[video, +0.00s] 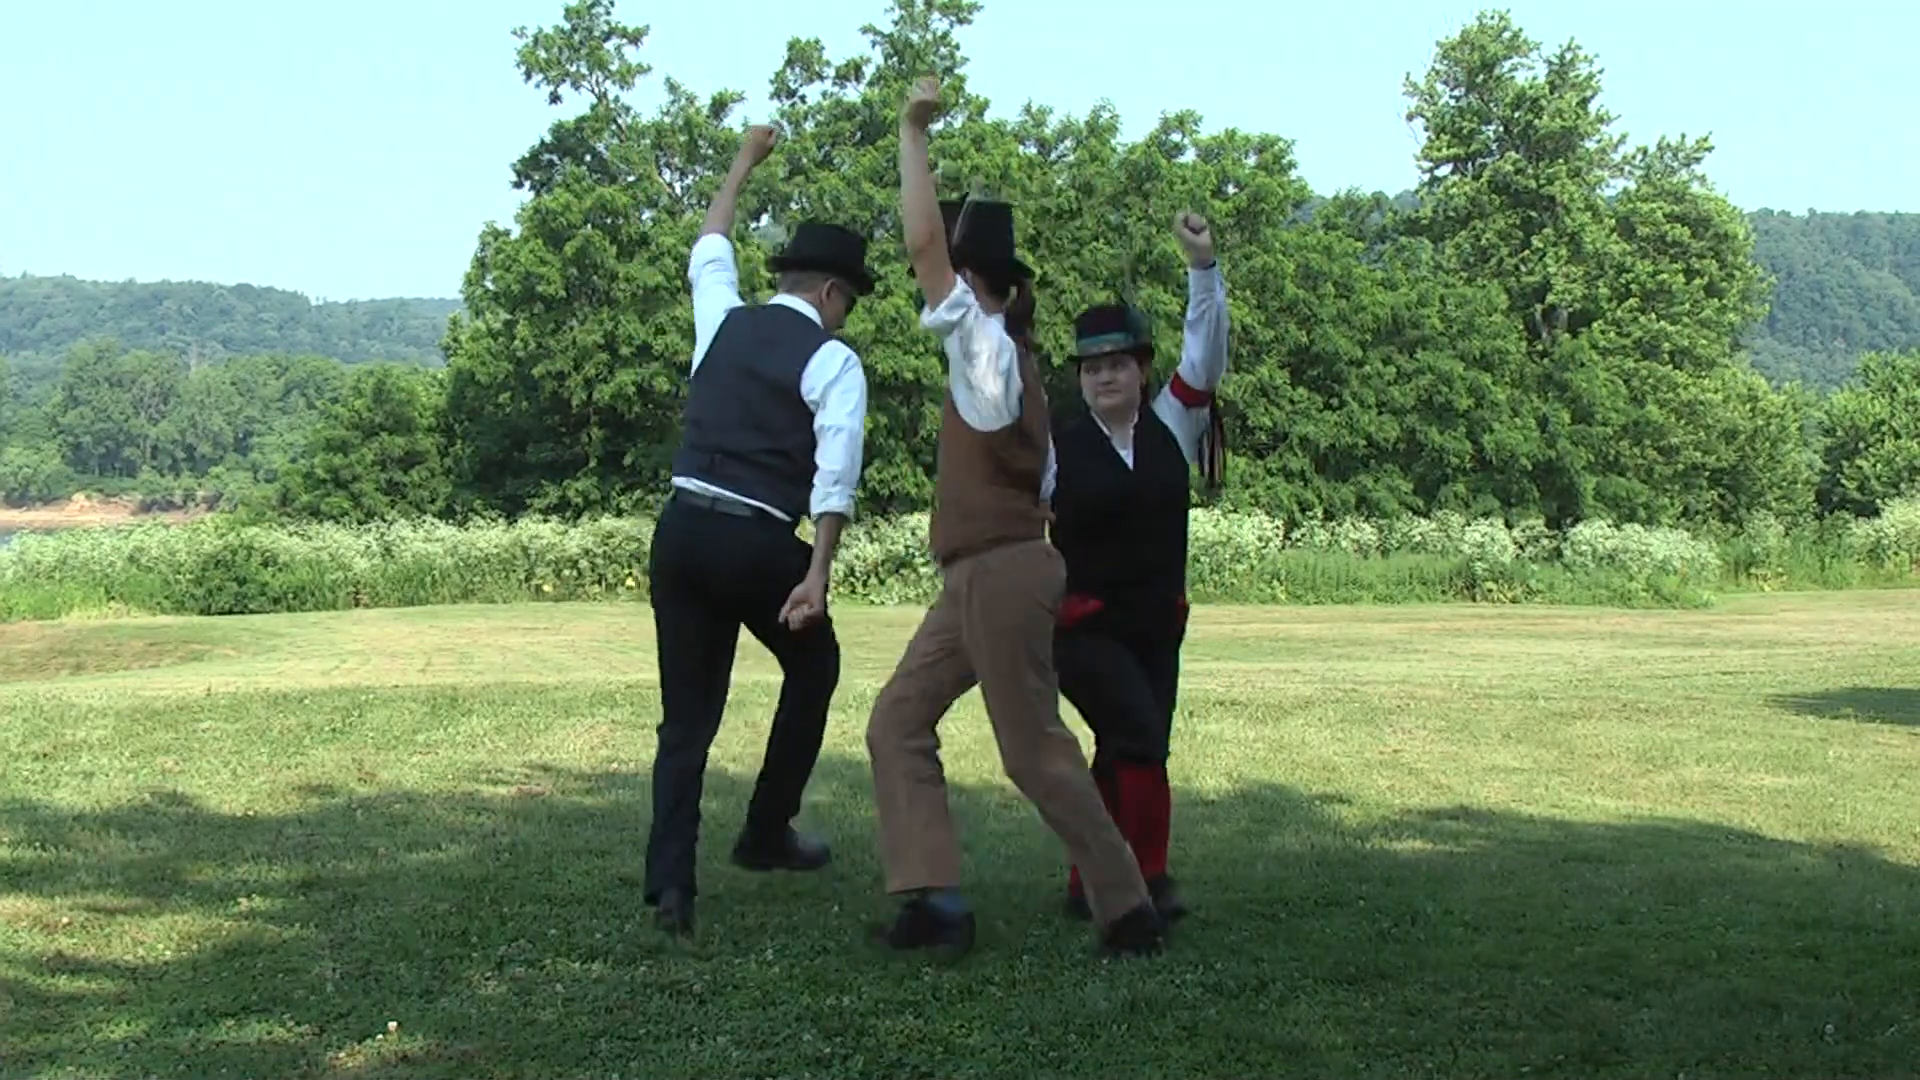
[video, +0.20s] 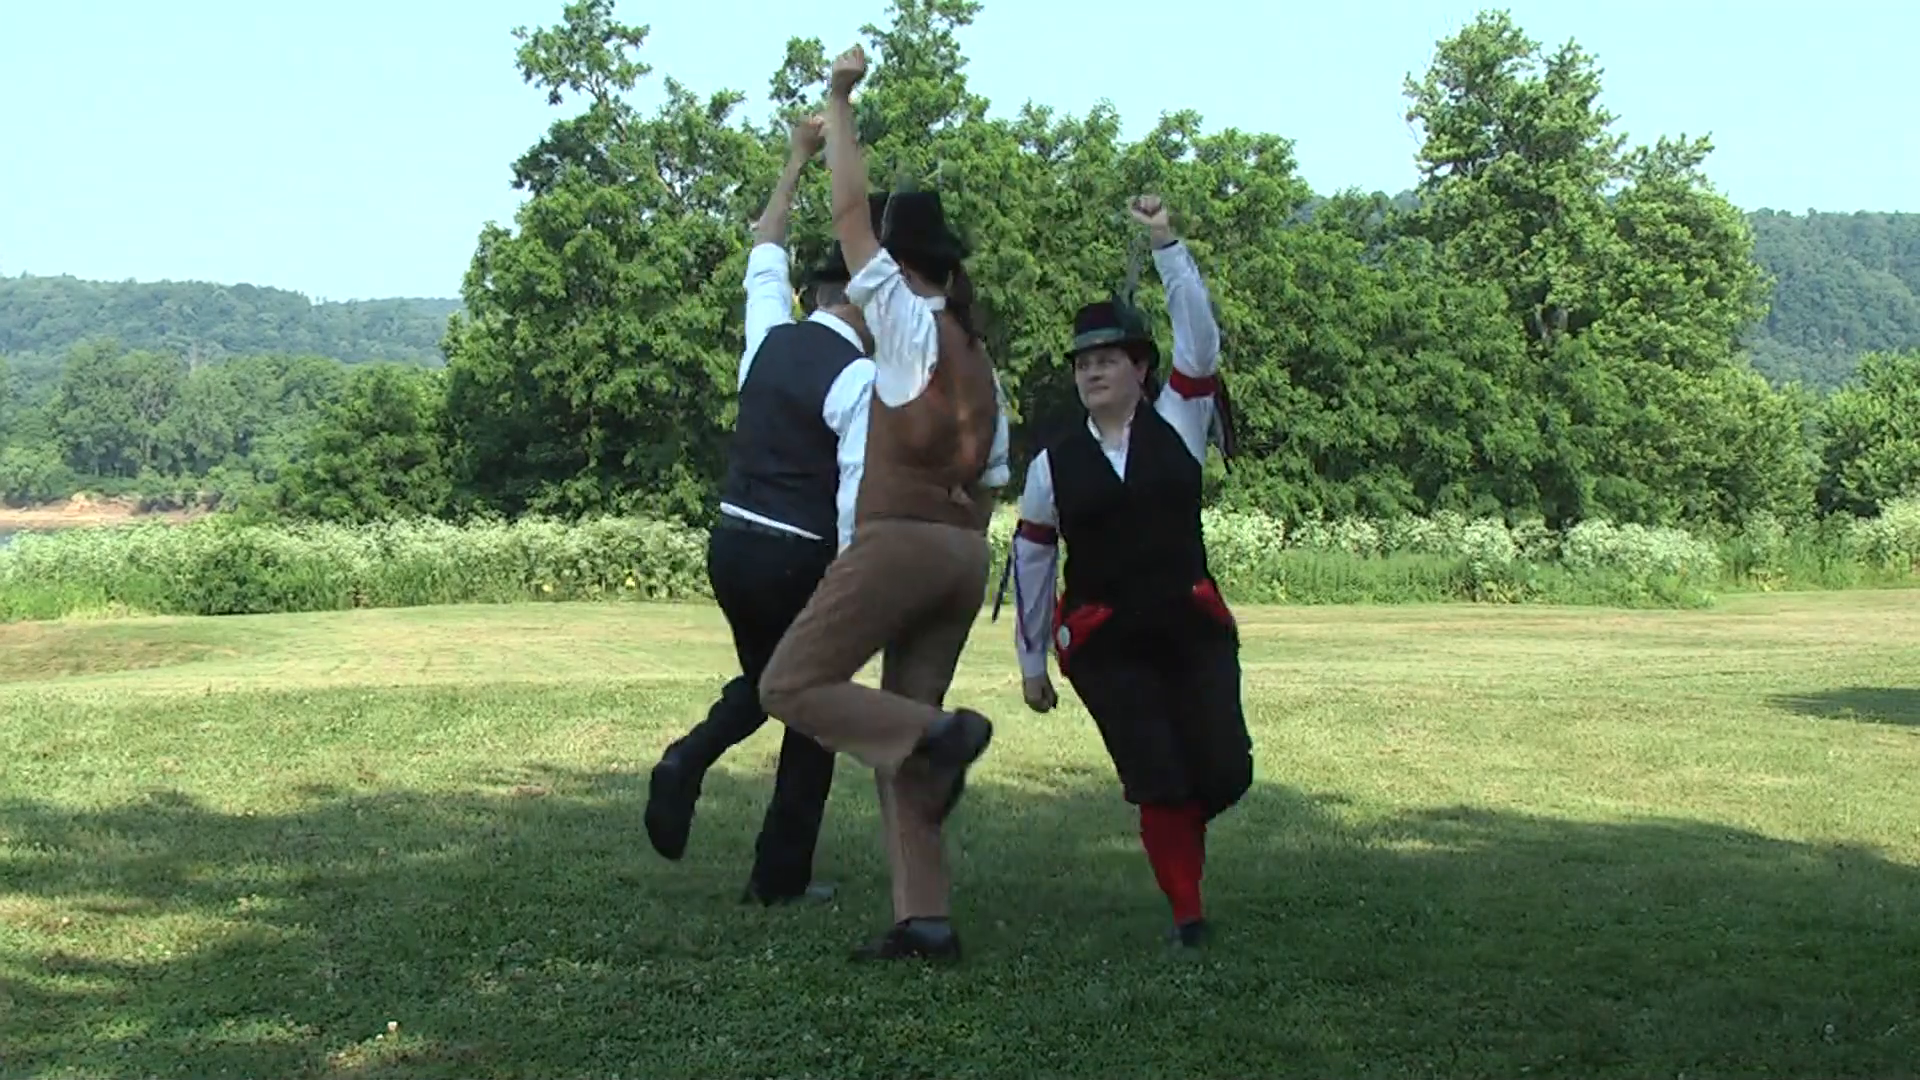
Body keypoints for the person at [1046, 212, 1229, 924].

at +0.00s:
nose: (1107, 376)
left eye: (1118, 363)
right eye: (1094, 367)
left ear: (1142, 367)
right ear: (1078, 377)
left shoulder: (1170, 422)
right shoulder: (1060, 444)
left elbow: (1203, 351)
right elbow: (1023, 515)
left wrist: (1202, 267)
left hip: (1156, 622)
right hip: (1081, 622)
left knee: (1124, 752)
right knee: (1139, 727)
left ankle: (1091, 881)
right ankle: (1150, 878)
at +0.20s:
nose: (1093, 372)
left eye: (1106, 359)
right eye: (1084, 363)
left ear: (1142, 367)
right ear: (1073, 377)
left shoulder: (1178, 420)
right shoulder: (1055, 462)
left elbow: (1196, 332)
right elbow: (1031, 564)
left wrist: (1167, 242)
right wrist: (1032, 660)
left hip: (1192, 621)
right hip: (1107, 636)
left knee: (1226, 772)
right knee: (1159, 773)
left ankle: (1166, 829)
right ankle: (1188, 916)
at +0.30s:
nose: (1083, 355)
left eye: (1097, 341)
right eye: (1075, 345)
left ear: (1134, 345)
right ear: (1069, 358)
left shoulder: (1177, 392)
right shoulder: (1051, 440)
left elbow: (1192, 317)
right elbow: (1030, 538)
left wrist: (1155, 229)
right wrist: (1040, 631)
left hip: (1194, 584)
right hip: (1108, 608)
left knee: (1192, 666)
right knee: (1149, 774)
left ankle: (1237, 785)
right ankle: (1188, 916)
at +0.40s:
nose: (1072, 324)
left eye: (1085, 311)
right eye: (1065, 315)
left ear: (1126, 313)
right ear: (1064, 327)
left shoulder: (1170, 364)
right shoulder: (1047, 408)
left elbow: (1183, 277)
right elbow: (1032, 513)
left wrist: (1140, 188)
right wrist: (1038, 604)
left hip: (1195, 541)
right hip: (1107, 573)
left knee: (1147, 608)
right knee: (1144, 746)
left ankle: (1219, 733)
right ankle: (1186, 899)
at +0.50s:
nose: (1060, 325)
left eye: (1072, 311)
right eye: (1056, 315)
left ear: (1118, 312)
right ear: (1063, 326)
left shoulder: (1160, 363)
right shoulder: (1048, 405)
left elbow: (1165, 278)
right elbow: (1038, 510)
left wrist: (1122, 181)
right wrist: (1045, 603)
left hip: (1188, 548)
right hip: (1106, 578)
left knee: (1121, 616)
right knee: (1149, 754)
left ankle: (1195, 740)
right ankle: (1192, 911)